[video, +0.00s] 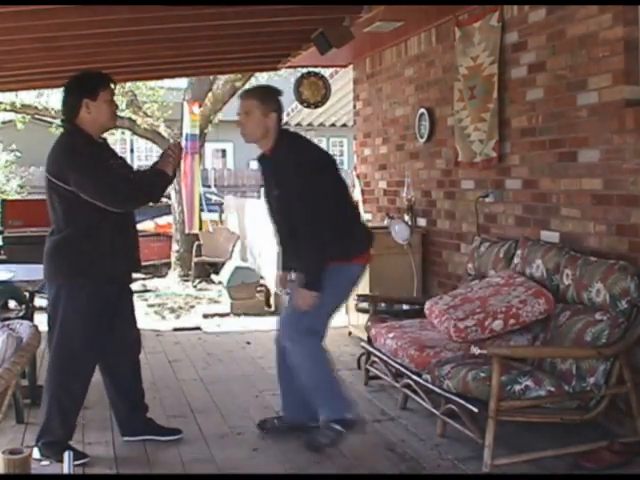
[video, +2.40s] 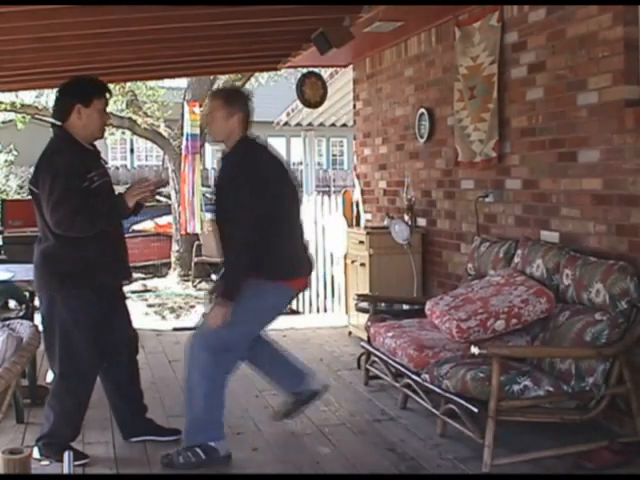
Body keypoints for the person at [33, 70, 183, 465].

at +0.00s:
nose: (117, 107)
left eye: (115, 99)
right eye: (110, 100)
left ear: (91, 106)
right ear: (86, 106)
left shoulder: (98, 148)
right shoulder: (70, 151)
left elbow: (135, 189)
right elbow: (120, 196)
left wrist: (163, 169)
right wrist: (161, 171)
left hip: (108, 273)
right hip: (77, 275)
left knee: (122, 351)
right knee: (70, 361)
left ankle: (134, 423)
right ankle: (51, 444)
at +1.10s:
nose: (112, 110)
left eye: (110, 102)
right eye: (103, 103)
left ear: (86, 110)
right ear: (76, 110)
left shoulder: (97, 153)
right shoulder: (67, 156)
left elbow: (118, 207)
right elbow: (102, 215)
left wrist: (160, 223)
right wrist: (159, 232)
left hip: (103, 274)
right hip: (70, 277)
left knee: (120, 351)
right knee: (69, 361)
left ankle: (134, 424)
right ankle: (51, 444)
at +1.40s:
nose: (104, 113)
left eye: (102, 105)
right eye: (96, 105)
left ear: (76, 111)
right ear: (71, 111)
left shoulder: (90, 155)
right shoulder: (57, 159)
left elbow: (104, 213)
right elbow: (77, 227)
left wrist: (131, 241)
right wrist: (115, 273)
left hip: (100, 273)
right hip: (69, 279)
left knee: (121, 351)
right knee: (72, 365)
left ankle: (134, 423)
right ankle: (52, 445)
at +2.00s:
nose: (102, 126)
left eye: (103, 118)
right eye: (98, 117)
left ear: (75, 116)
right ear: (74, 115)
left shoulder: (78, 157)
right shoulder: (52, 160)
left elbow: (94, 203)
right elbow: (65, 223)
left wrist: (131, 202)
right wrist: (122, 216)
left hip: (95, 279)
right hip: (65, 284)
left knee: (121, 348)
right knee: (79, 364)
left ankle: (135, 424)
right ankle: (52, 445)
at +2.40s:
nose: (107, 120)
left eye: (107, 112)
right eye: (102, 111)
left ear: (80, 112)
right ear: (78, 111)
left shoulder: (88, 156)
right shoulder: (59, 157)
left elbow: (99, 216)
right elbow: (65, 220)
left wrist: (134, 201)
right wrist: (122, 202)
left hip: (99, 278)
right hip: (68, 283)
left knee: (120, 352)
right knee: (76, 364)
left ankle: (134, 424)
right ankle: (51, 446)